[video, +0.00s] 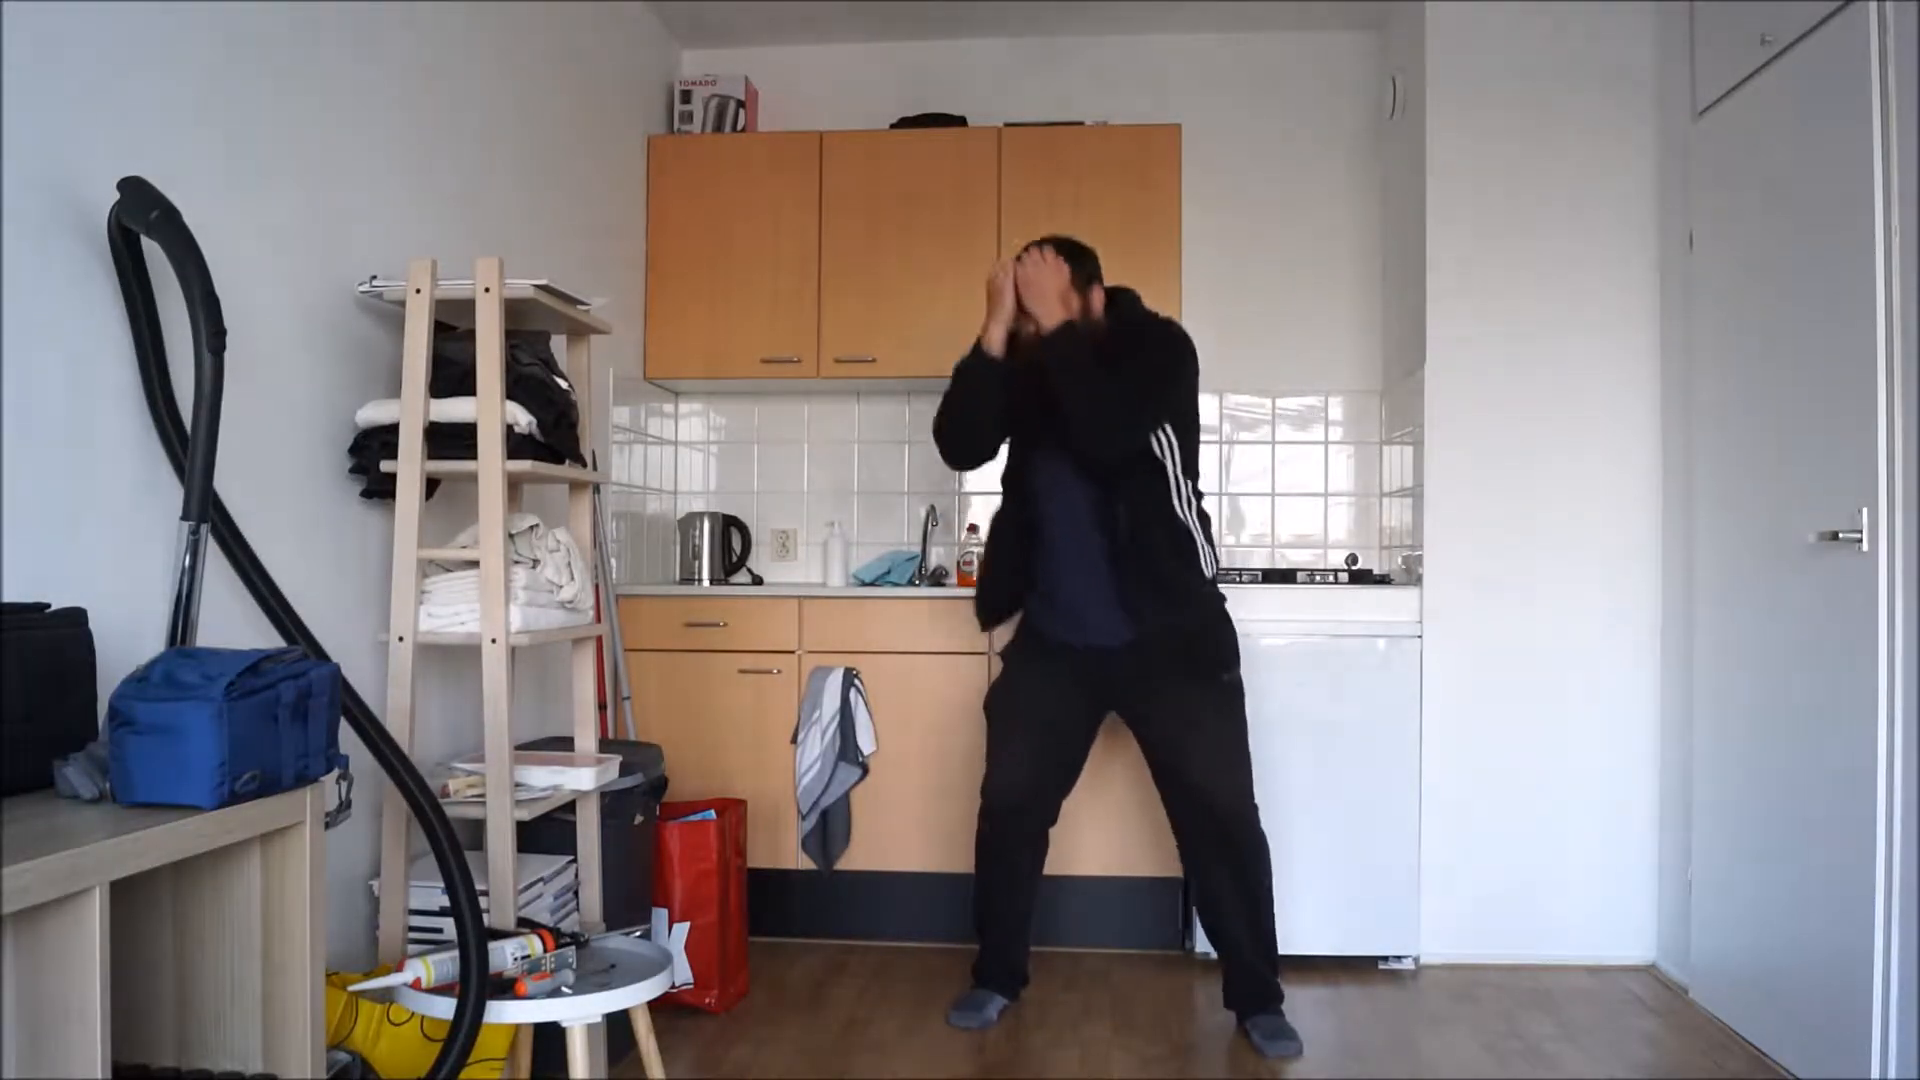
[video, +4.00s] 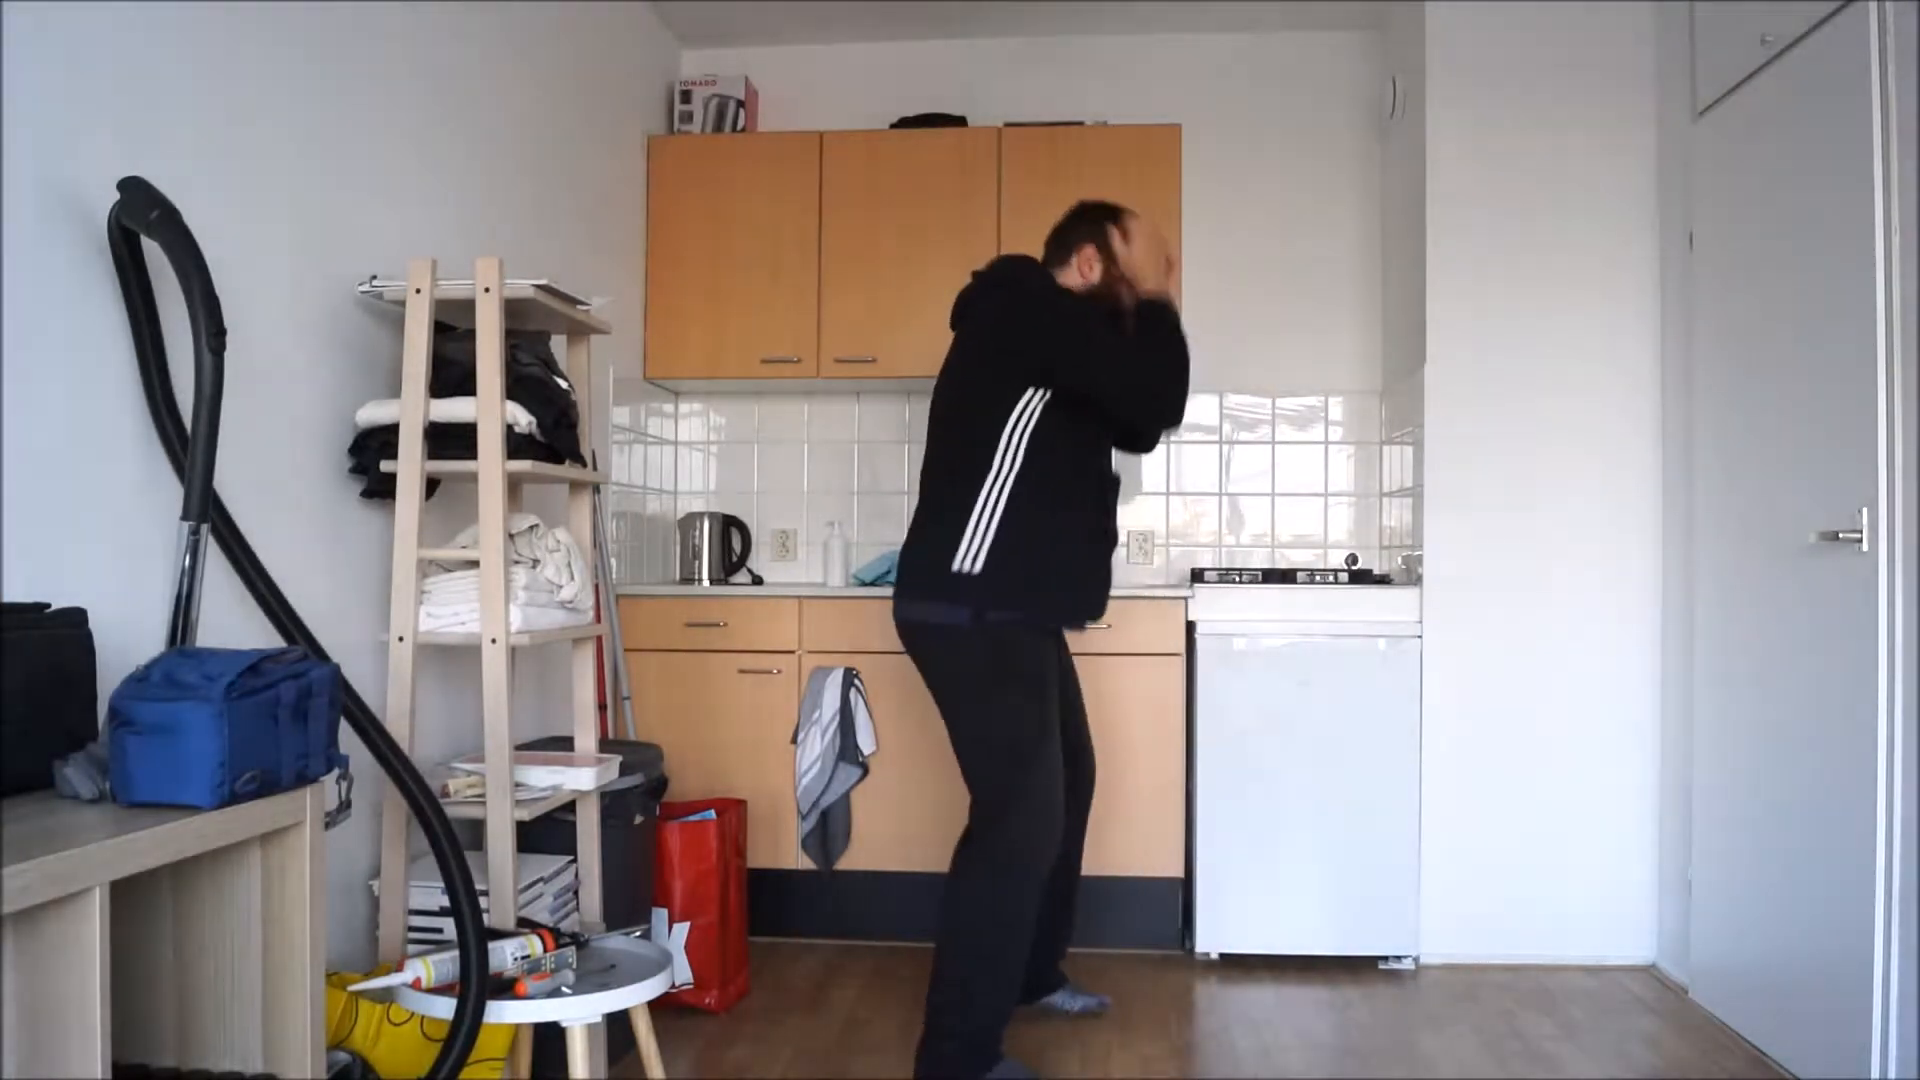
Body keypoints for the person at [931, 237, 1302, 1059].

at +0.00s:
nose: (1026, 298)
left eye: (1039, 283)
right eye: (1017, 287)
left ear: (1087, 293)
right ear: (1019, 304)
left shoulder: (1157, 344)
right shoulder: (1025, 362)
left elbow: (1112, 435)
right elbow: (959, 446)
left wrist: (1056, 328)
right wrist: (991, 338)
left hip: (1170, 633)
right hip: (1056, 635)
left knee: (1222, 818)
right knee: (1011, 803)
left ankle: (1258, 1000)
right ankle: (997, 979)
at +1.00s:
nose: (1123, 285)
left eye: (1137, 269)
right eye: (1120, 277)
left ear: (1197, 280)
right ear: (1129, 296)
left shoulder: (1270, 341)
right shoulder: (1138, 358)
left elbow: (1213, 405)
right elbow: (1078, 440)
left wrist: (1163, 321)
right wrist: (1100, 331)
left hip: (1256, 628)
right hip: (1167, 630)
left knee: (1228, 809)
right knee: (1159, 800)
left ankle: (1267, 997)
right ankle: (1237, 959)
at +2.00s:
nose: (1097, 467)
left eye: (1095, 454)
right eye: (1095, 456)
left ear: (1120, 429)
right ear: (1151, 409)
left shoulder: (1154, 456)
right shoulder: (1235, 426)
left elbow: (1111, 572)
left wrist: (1080, 486)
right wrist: (1112, 483)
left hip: (1290, 664)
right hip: (1370, 652)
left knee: (1169, 817)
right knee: (1253, 809)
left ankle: (1223, 1049)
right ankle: (1326, 980)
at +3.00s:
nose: (1090, 293)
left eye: (1093, 288)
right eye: (1098, 287)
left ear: (1107, 292)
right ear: (1174, 285)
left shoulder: (1092, 332)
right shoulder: (1246, 337)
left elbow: (1046, 422)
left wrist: (1077, 318)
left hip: (1151, 613)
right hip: (1267, 610)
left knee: (1087, 817)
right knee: (1259, 807)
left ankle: (1063, 1028)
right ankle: (1300, 1015)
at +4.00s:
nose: (1138, 286)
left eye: (1139, 270)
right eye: (1131, 269)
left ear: (1077, 262)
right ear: (1085, 262)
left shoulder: (1057, 324)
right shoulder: (1025, 307)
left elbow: (1138, 424)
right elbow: (1151, 403)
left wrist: (1148, 309)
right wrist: (1153, 298)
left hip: (1018, 610)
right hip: (969, 612)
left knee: (1067, 782)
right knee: (1020, 807)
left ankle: (1030, 976)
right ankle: (956, 1053)